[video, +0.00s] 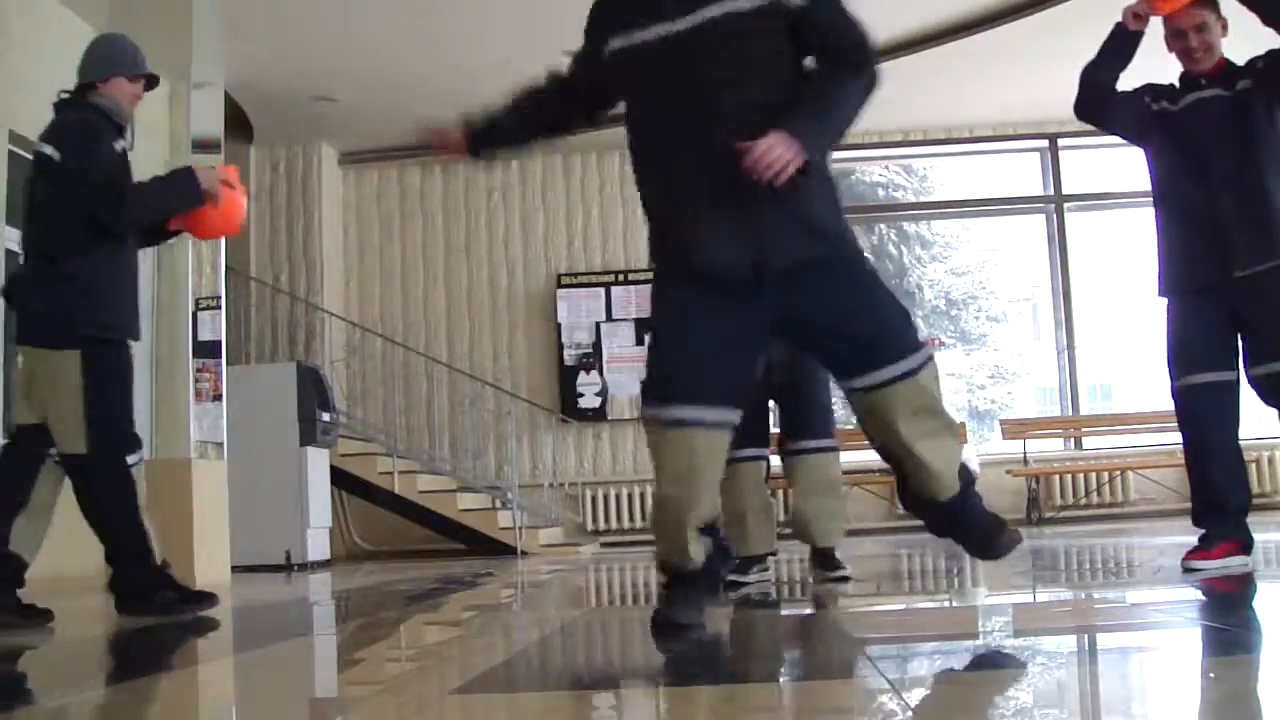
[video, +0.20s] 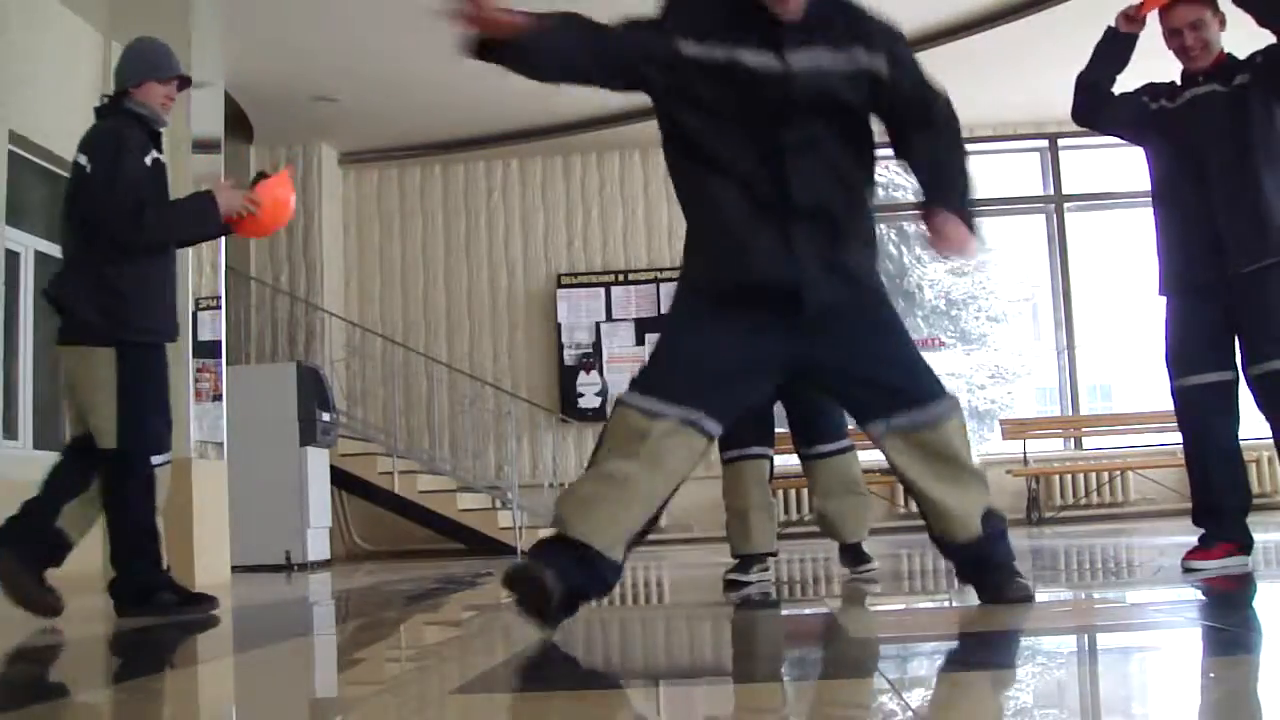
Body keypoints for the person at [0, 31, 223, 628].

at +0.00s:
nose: (142, 94)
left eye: (143, 84)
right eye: (136, 83)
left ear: (99, 84)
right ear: (107, 81)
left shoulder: (69, 131)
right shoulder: (90, 131)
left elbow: (114, 232)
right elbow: (116, 212)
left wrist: (181, 217)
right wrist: (191, 181)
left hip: (46, 326)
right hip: (81, 328)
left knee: (28, 454)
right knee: (99, 457)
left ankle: (3, 585)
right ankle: (141, 584)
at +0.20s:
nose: (175, 96)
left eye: (177, 87)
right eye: (167, 84)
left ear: (153, 88)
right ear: (136, 84)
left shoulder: (128, 139)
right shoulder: (120, 138)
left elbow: (149, 228)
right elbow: (132, 228)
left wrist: (223, 213)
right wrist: (211, 205)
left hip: (110, 327)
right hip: (115, 329)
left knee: (104, 446)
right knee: (129, 454)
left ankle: (26, 546)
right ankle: (140, 587)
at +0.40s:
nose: (193, 108)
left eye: (197, 99)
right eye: (185, 97)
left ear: (186, 103)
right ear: (158, 96)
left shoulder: (163, 152)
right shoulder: (131, 145)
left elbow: (187, 234)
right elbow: (152, 218)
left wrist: (253, 199)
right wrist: (226, 181)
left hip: (157, 322)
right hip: (135, 321)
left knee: (157, 444)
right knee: (143, 450)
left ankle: (107, 557)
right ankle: (140, 582)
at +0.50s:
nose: (205, 122)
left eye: (208, 115)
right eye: (200, 111)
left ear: (190, 114)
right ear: (175, 105)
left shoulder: (178, 159)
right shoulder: (139, 145)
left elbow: (226, 224)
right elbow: (175, 186)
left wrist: (268, 174)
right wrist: (228, 147)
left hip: (175, 321)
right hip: (148, 319)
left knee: (185, 450)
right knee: (149, 453)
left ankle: (172, 577)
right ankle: (137, 585)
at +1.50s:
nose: (196, 146)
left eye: (205, 140)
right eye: (187, 134)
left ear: (212, 146)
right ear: (160, 130)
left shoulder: (217, 196)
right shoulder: (137, 178)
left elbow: (269, 207)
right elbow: (117, 155)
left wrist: (244, 148)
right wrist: (157, 113)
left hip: (211, 338)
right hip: (157, 334)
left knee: (213, 455)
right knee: (160, 456)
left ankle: (205, 571)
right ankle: (152, 574)